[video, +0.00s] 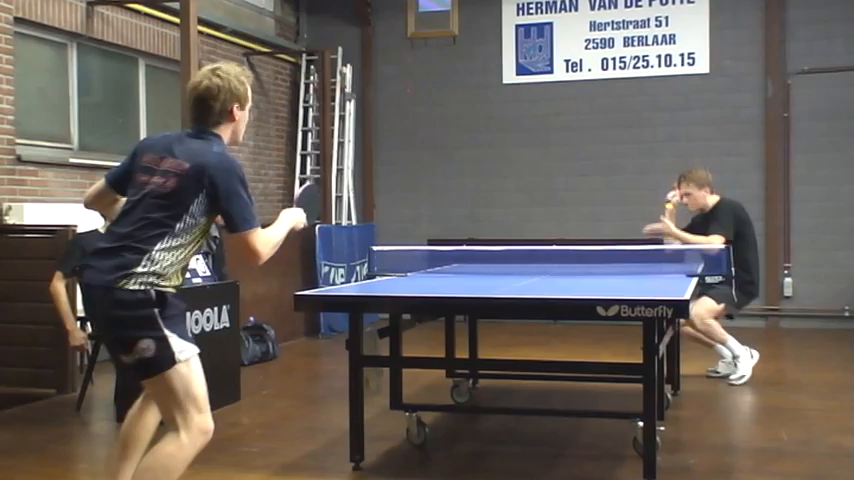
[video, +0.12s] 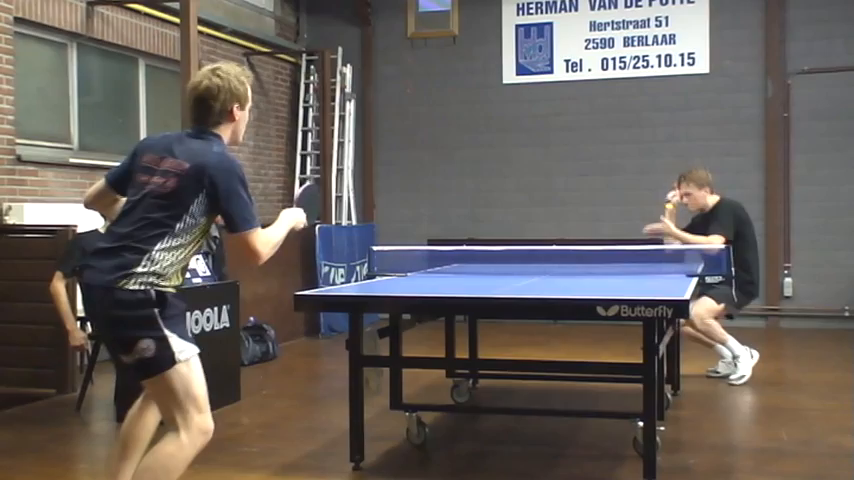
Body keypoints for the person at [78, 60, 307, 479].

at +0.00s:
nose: (248, 117)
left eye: (248, 108)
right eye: (247, 107)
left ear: (199, 105)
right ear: (236, 110)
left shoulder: (152, 145)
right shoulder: (220, 162)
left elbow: (96, 198)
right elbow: (259, 250)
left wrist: (142, 230)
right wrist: (287, 220)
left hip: (99, 284)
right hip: (141, 294)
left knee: (156, 395)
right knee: (196, 427)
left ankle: (120, 475)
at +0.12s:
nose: (248, 117)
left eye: (248, 108)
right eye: (247, 107)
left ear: (199, 105)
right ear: (236, 110)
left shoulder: (152, 145)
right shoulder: (220, 162)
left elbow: (96, 198)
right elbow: (259, 250)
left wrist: (142, 230)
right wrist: (287, 220)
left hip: (99, 284)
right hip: (141, 294)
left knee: (156, 395)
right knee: (196, 427)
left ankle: (120, 475)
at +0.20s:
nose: (251, 111)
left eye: (251, 101)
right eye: (251, 101)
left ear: (202, 97)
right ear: (239, 103)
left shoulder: (159, 138)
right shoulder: (225, 155)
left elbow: (103, 195)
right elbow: (267, 241)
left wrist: (136, 230)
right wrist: (295, 208)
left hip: (111, 285)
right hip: (153, 294)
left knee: (163, 396)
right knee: (212, 417)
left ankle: (121, 476)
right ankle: (146, 476)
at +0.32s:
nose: (268, 87)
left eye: (269, 78)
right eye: (269, 78)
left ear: (220, 75)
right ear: (257, 81)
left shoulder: (173, 118)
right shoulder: (245, 132)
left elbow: (118, 179)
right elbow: (281, 219)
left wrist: (162, 170)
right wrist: (313, 190)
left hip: (141, 266)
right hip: (192, 271)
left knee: (162, 379)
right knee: (268, 380)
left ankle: (120, 476)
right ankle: (190, 475)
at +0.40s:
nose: (284, 80)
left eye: (285, 72)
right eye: (285, 72)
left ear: (236, 68)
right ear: (274, 73)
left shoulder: (189, 108)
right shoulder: (265, 121)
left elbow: (134, 162)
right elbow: (297, 208)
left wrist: (186, 166)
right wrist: (332, 188)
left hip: (158, 256)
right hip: (210, 259)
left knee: (165, 370)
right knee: (299, 361)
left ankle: (126, 473)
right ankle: (254, 473)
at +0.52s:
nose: (311, 100)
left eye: (312, 91)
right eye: (311, 91)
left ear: (265, 83)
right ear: (296, 90)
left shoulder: (211, 122)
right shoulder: (289, 140)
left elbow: (155, 171)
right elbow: (323, 229)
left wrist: (204, 172)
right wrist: (359, 223)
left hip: (191, 269)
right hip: (246, 273)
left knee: (172, 379)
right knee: (339, 372)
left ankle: (150, 475)